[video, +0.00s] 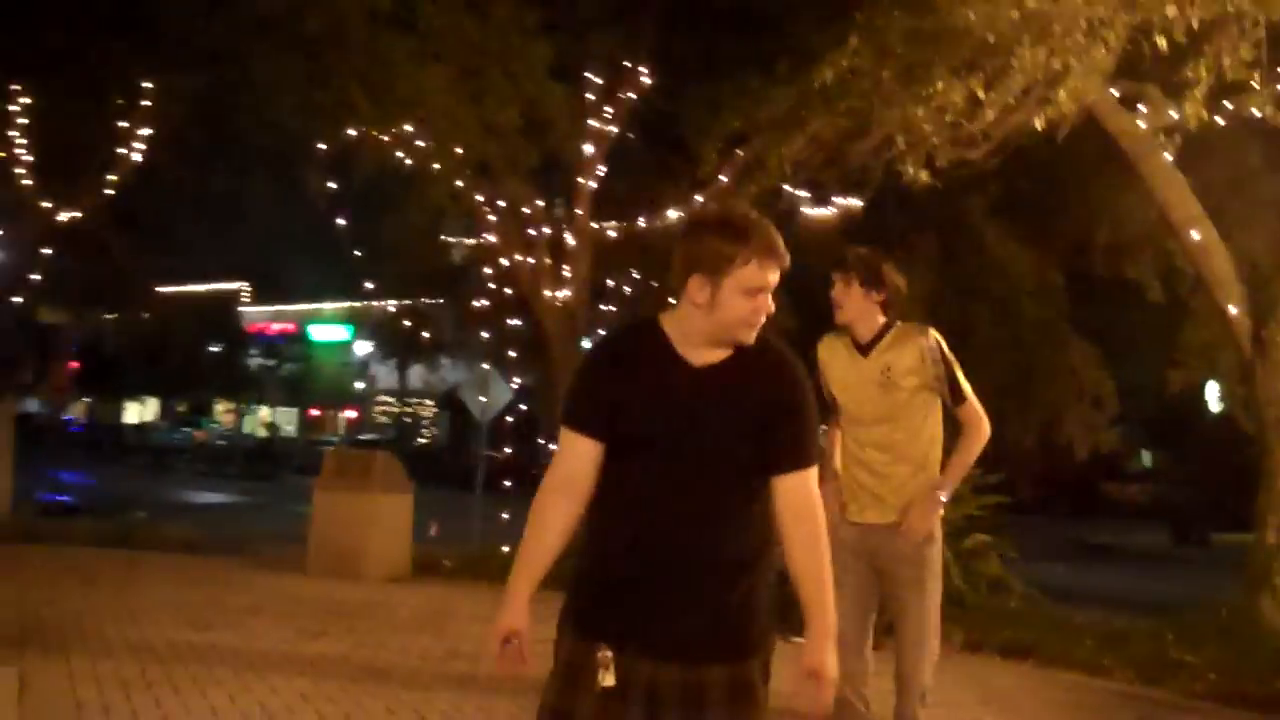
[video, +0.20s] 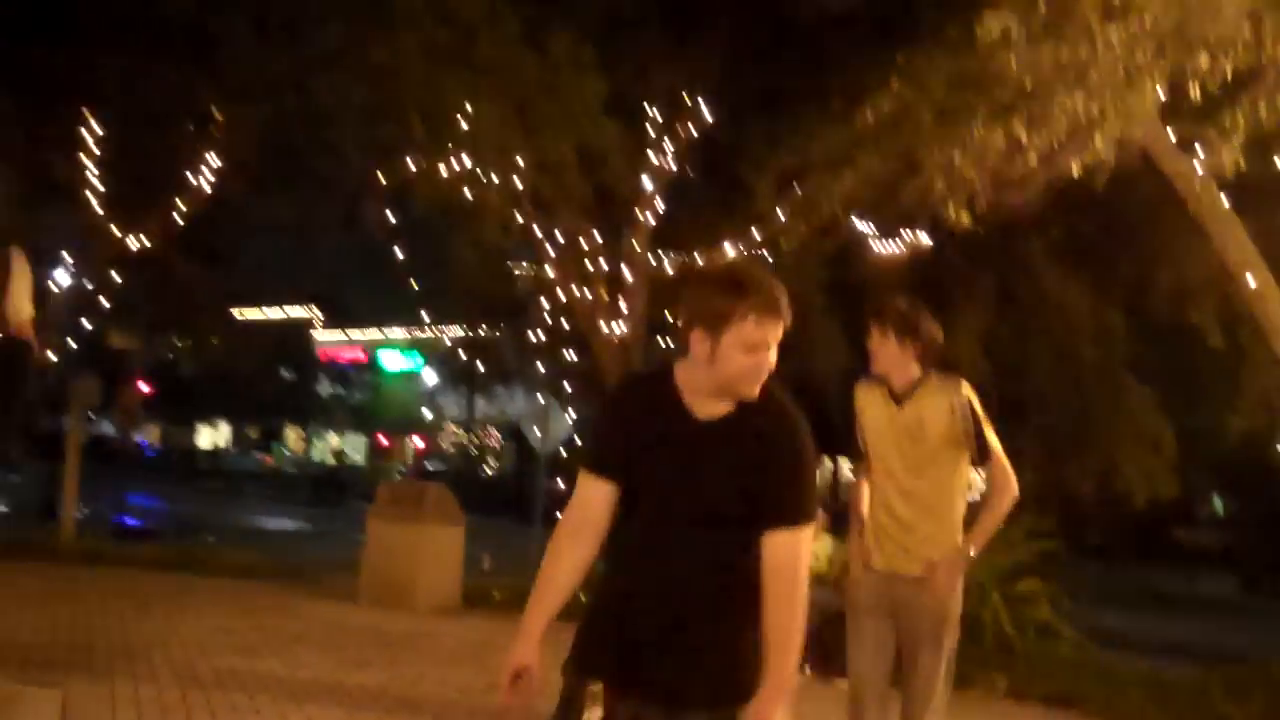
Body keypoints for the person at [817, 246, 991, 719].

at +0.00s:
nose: (834, 295)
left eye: (845, 285)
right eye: (835, 285)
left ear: (877, 294)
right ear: (843, 292)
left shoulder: (923, 346)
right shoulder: (829, 350)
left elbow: (977, 425)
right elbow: (833, 420)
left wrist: (937, 497)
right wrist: (831, 478)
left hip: (913, 530)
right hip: (850, 529)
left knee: (914, 673)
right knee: (846, 665)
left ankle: (909, 715)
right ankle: (850, 714)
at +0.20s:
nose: (871, 348)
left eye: (880, 338)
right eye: (871, 337)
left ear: (912, 347)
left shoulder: (955, 396)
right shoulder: (865, 395)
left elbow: (1005, 485)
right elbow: (865, 471)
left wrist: (966, 551)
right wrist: (858, 540)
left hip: (933, 575)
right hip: (872, 571)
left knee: (922, 706)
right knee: (864, 703)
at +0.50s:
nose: (848, 371)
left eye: (859, 364)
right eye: (849, 361)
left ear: (887, 378)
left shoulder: (924, 428)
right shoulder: (834, 410)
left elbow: (976, 493)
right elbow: (829, 468)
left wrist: (923, 544)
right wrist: (821, 514)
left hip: (888, 577)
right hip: (830, 567)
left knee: (874, 697)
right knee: (812, 687)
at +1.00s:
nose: (839, 343)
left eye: (850, 334)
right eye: (832, 332)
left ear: (868, 343)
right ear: (819, 339)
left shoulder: (892, 393)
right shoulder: (801, 385)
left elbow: (930, 468)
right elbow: (790, 445)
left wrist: (895, 527)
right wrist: (782, 506)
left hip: (858, 555)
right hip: (800, 547)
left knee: (848, 684)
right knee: (792, 677)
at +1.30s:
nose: (793, 326)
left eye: (802, 316)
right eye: (786, 315)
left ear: (821, 321)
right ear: (775, 321)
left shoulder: (850, 364)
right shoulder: (765, 367)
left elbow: (906, 408)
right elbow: (770, 417)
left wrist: (878, 473)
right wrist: (764, 465)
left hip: (831, 519)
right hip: (777, 515)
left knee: (830, 639)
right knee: (777, 632)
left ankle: (829, 713)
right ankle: (784, 713)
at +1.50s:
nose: (728, 312)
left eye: (738, 302)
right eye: (721, 301)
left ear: (757, 305)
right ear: (710, 306)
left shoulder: (784, 346)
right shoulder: (700, 351)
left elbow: (842, 387)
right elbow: (708, 408)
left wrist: (811, 452)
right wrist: (702, 458)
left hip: (761, 499)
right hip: (707, 498)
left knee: (757, 618)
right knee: (707, 616)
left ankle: (757, 710)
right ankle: (713, 709)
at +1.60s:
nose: (667, 332)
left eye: (676, 323)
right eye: (660, 322)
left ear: (695, 328)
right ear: (649, 330)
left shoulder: (724, 369)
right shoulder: (643, 373)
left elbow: (781, 414)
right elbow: (652, 427)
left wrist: (755, 478)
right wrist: (651, 482)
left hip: (706, 523)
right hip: (654, 522)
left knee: (712, 645)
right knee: (660, 642)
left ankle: (716, 712)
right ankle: (671, 714)